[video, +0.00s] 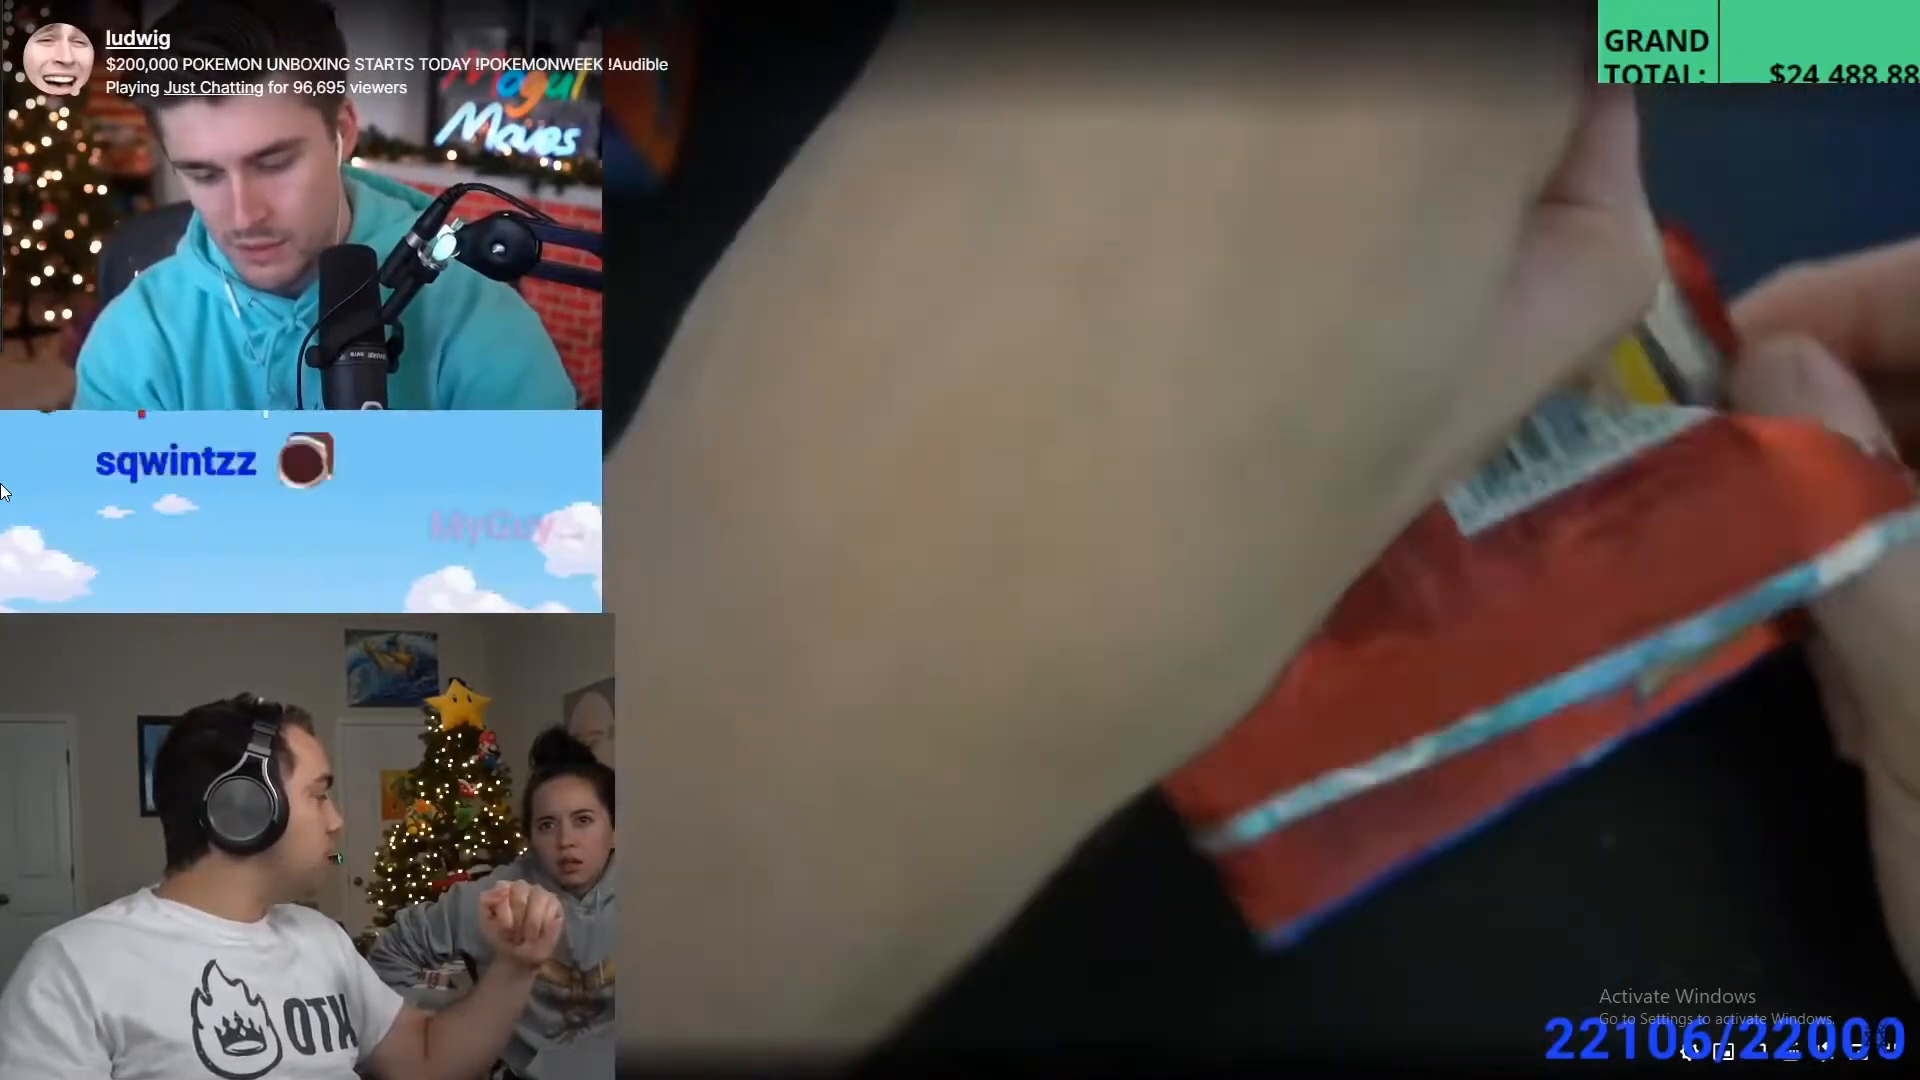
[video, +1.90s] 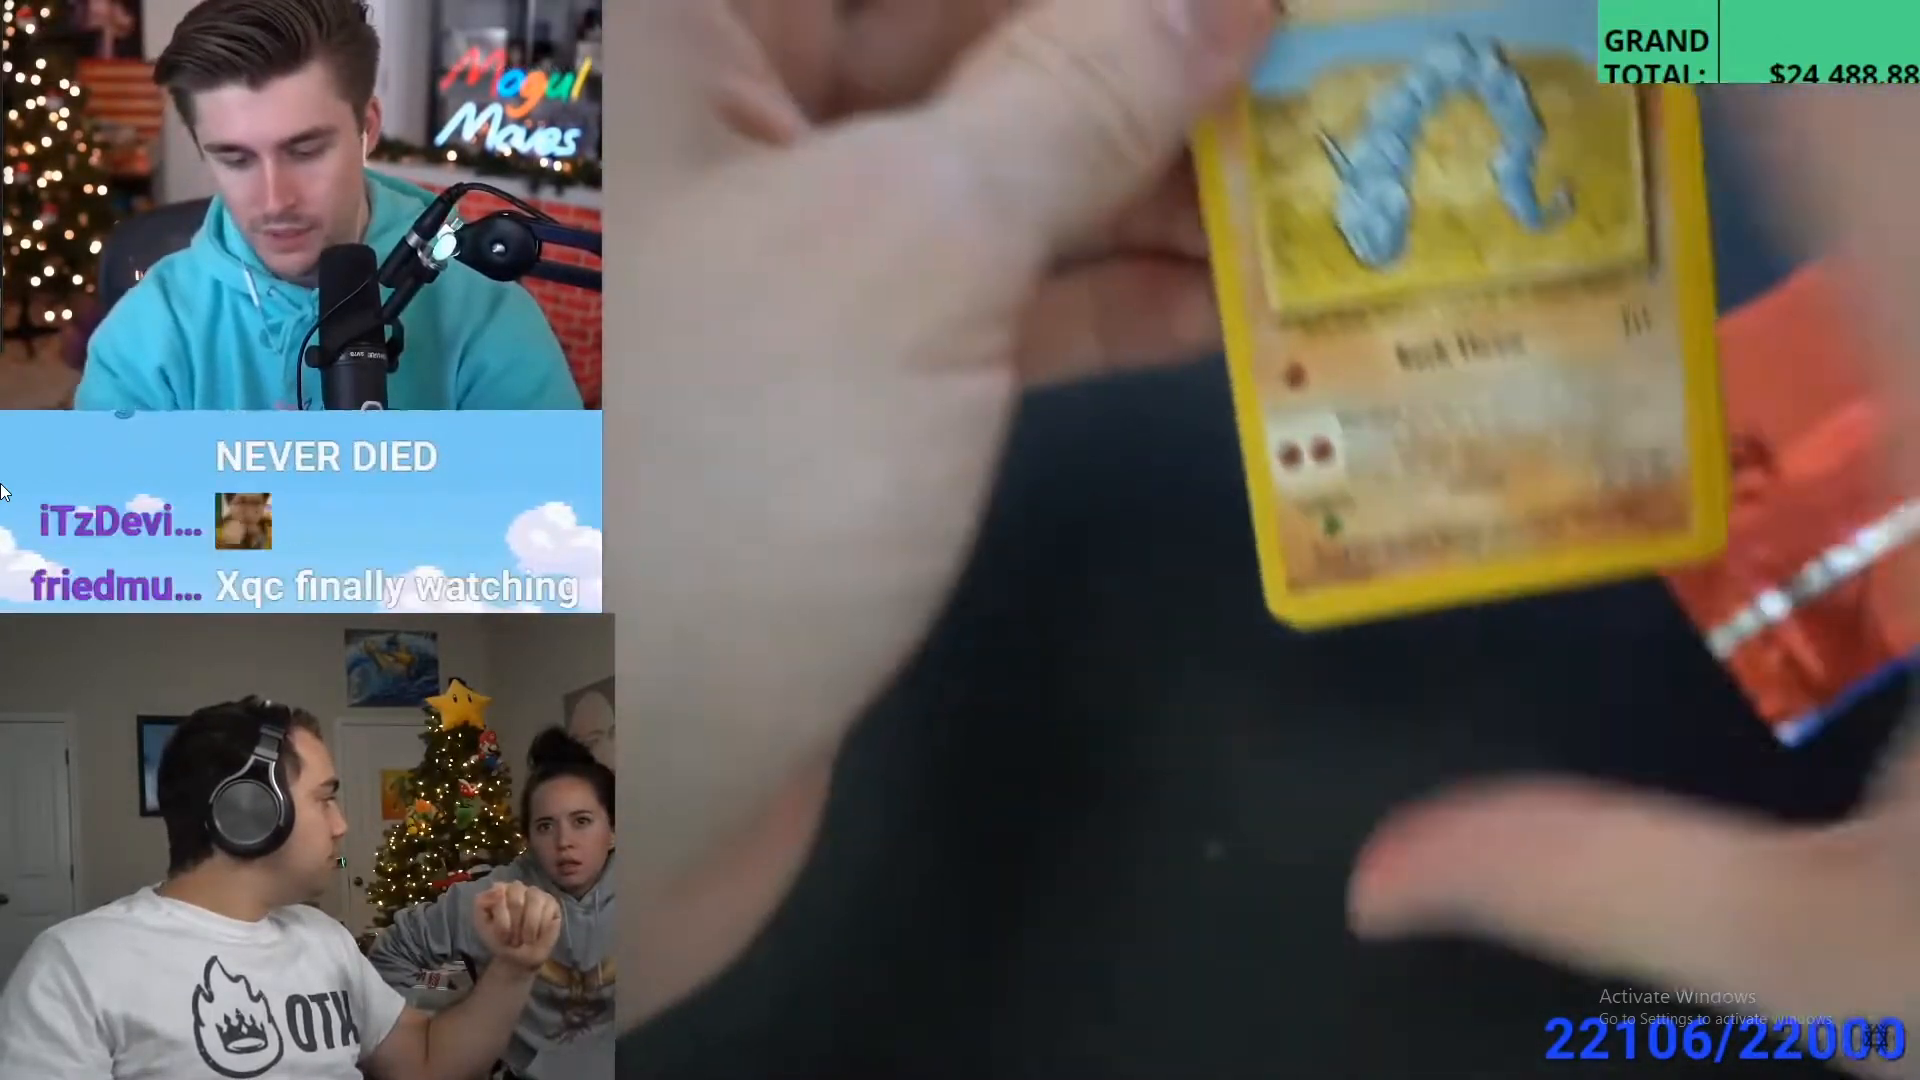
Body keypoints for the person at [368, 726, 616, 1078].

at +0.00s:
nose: (566, 841)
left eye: (583, 821)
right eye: (547, 825)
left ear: (614, 830)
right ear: (530, 837)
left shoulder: (642, 892)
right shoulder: (489, 899)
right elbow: (389, 957)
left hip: (624, 1067)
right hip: (535, 1072)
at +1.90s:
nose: (564, 842)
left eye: (582, 822)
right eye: (545, 826)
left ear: (612, 830)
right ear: (528, 838)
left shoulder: (644, 892)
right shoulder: (490, 898)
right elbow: (388, 957)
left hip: (621, 1067)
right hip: (535, 1072)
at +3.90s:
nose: (556, 829)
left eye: (575, 811)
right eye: (539, 814)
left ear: (608, 827)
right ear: (523, 833)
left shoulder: (640, 888)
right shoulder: (483, 899)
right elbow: (386, 956)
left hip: (626, 1067)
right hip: (534, 1071)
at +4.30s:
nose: (550, 834)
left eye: (570, 815)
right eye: (533, 819)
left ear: (605, 830)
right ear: (518, 835)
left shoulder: (636, 892)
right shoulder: (476, 903)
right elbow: (383, 955)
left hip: (622, 1068)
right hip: (530, 1072)